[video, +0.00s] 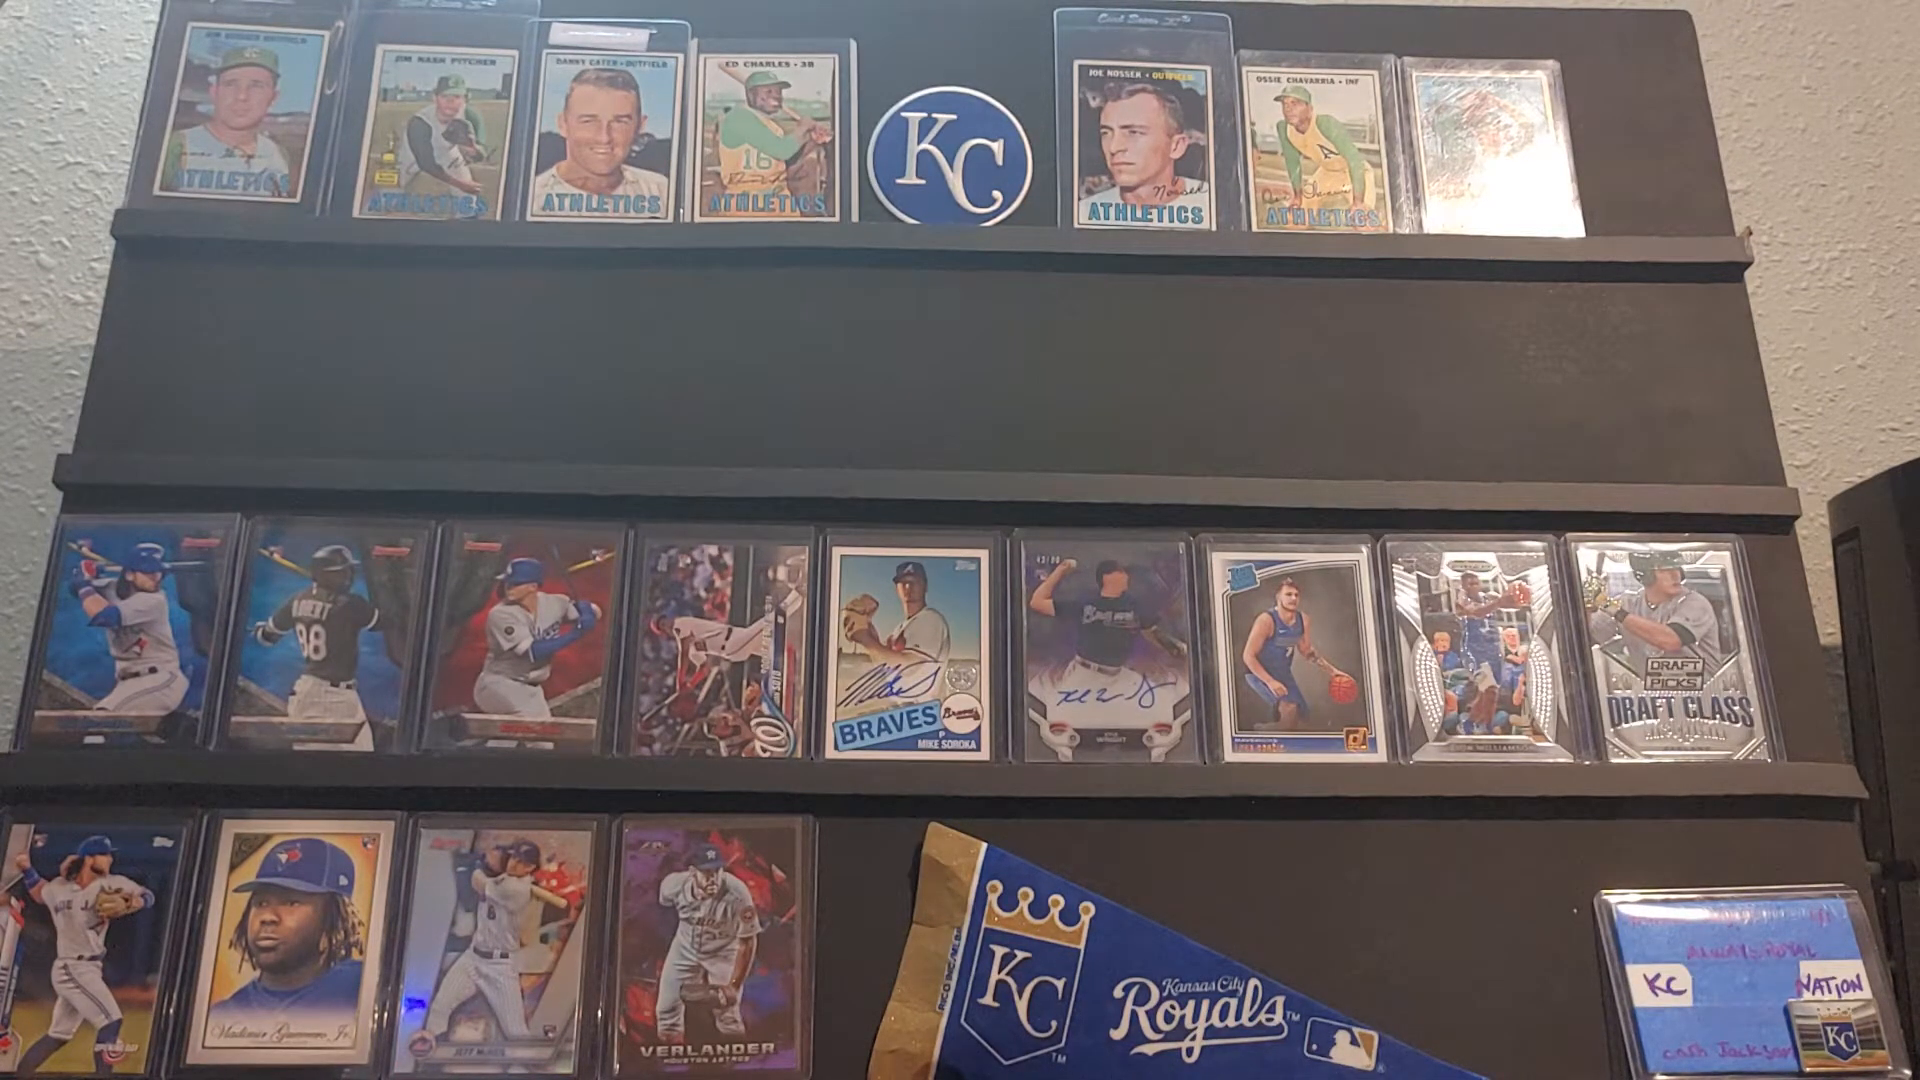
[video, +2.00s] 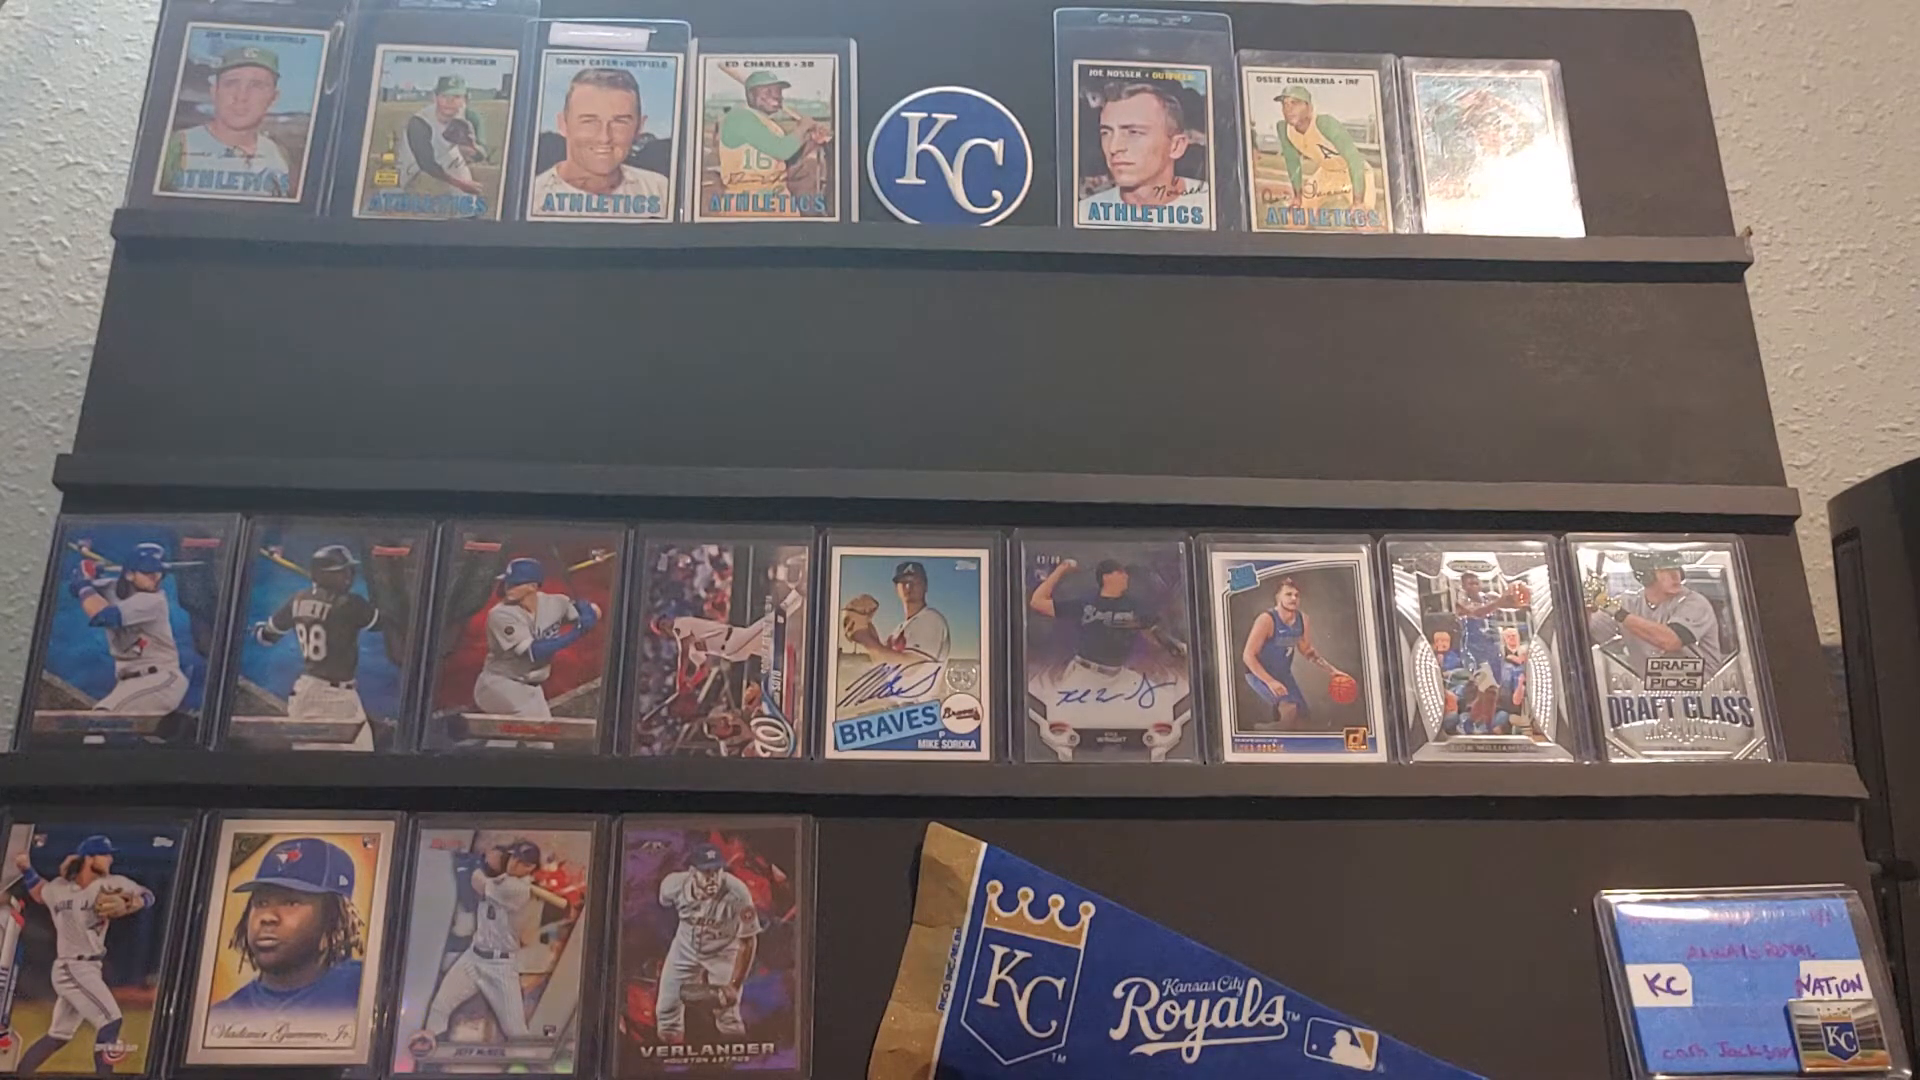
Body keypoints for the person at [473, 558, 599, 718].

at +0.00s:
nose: (508, 587)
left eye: (514, 583)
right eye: (507, 583)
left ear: (533, 587)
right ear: (504, 583)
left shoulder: (554, 603)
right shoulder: (500, 614)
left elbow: (580, 607)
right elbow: (531, 652)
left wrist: (587, 613)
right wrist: (576, 633)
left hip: (531, 688)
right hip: (497, 684)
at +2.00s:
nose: (507, 588)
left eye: (514, 584)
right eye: (507, 583)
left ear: (532, 586)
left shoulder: (554, 603)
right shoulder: (500, 614)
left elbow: (578, 607)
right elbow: (532, 652)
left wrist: (587, 614)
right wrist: (576, 632)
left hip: (531, 687)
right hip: (496, 684)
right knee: (530, 714)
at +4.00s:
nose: (508, 588)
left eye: (514, 584)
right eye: (507, 583)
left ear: (532, 587)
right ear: (504, 584)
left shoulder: (555, 603)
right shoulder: (500, 614)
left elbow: (579, 607)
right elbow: (532, 652)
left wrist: (587, 614)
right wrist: (576, 633)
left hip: (531, 687)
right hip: (496, 684)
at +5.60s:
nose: (507, 588)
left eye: (514, 584)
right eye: (507, 584)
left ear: (532, 587)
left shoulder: (556, 603)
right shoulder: (500, 614)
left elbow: (580, 607)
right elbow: (531, 651)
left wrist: (587, 614)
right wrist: (575, 634)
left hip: (531, 687)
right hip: (497, 683)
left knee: (545, 732)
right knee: (530, 716)